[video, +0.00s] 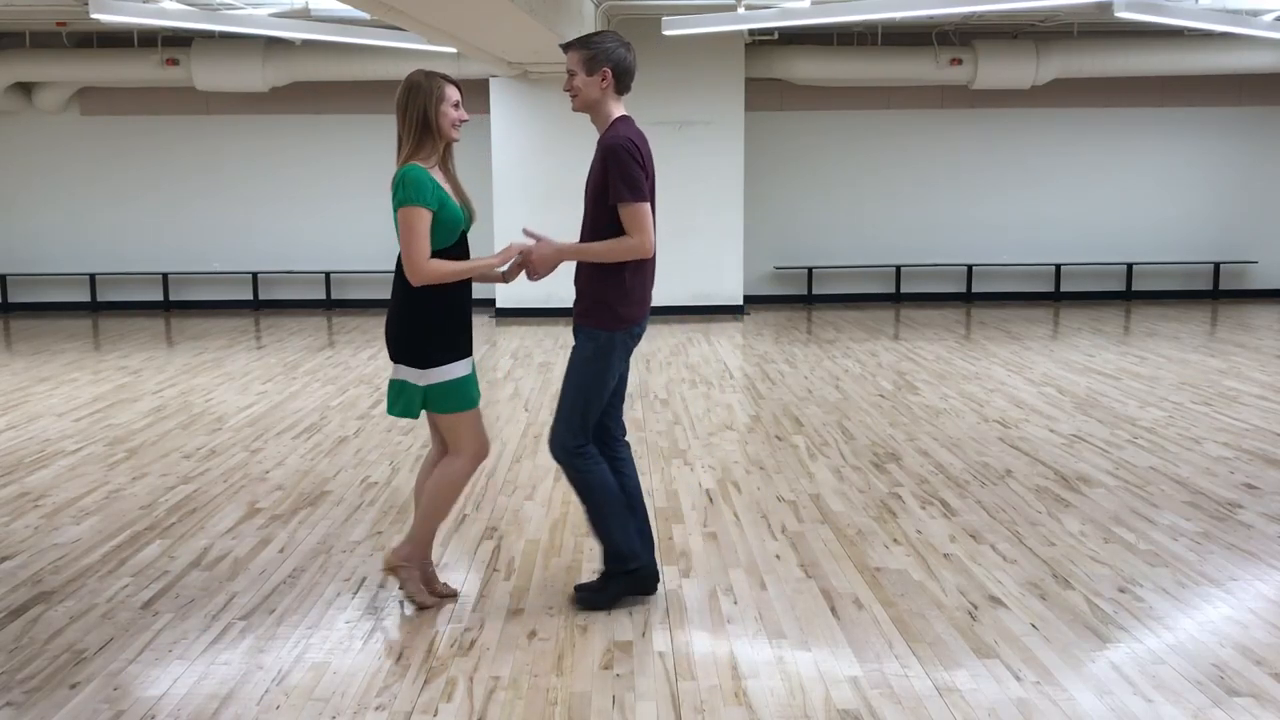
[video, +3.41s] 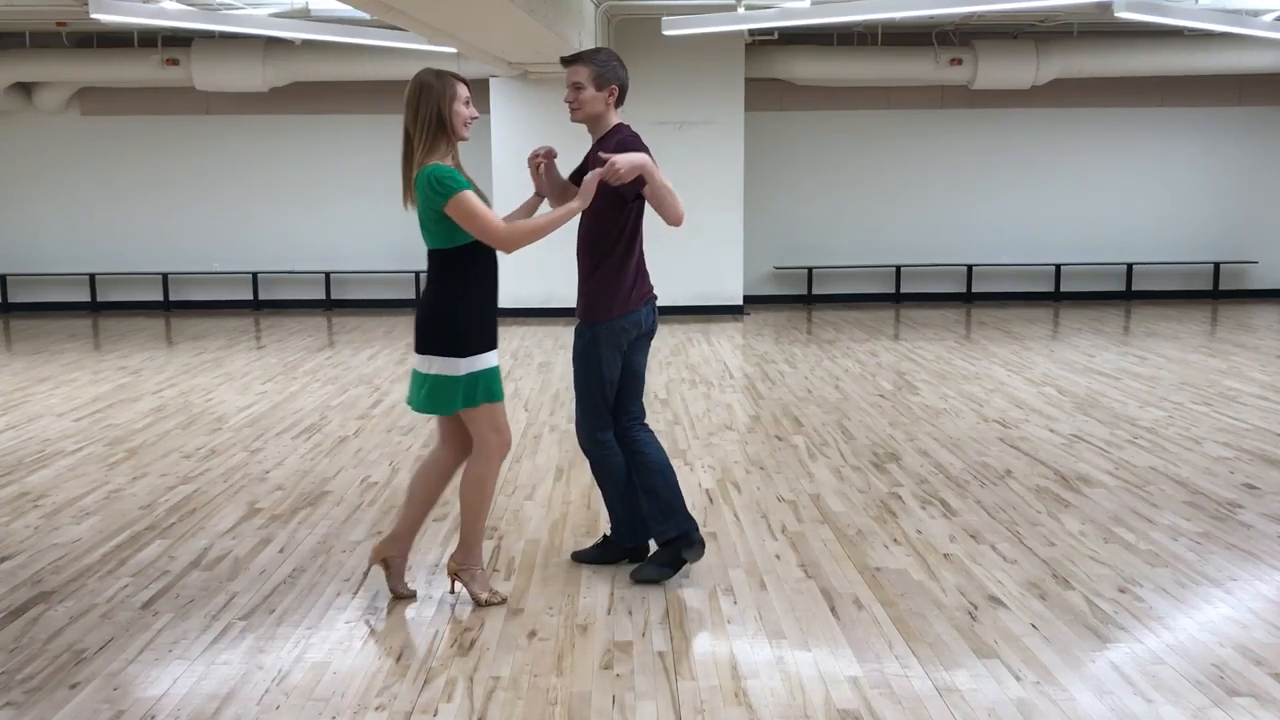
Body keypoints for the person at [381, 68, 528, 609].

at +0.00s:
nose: (463, 115)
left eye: (461, 106)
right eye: (454, 106)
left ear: (441, 113)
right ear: (426, 114)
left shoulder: (437, 175)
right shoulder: (416, 180)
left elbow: (442, 262)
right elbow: (418, 270)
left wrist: (494, 265)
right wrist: (488, 267)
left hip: (439, 331)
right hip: (430, 336)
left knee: (444, 447)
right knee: (471, 447)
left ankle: (419, 562)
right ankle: (410, 552)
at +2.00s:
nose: (477, 111)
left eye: (475, 102)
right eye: (466, 102)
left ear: (459, 111)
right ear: (440, 111)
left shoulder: (455, 173)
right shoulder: (433, 177)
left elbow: (479, 251)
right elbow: (466, 261)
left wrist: (535, 229)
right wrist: (529, 233)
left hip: (468, 327)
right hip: (449, 330)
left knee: (482, 443)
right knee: (478, 446)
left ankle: (420, 544)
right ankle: (460, 562)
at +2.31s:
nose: (450, 113)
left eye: (447, 104)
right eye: (439, 105)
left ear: (428, 113)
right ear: (412, 114)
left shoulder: (426, 176)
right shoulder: (403, 180)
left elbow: (435, 263)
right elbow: (405, 273)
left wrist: (486, 271)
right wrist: (478, 275)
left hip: (430, 332)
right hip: (421, 338)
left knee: (437, 446)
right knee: (465, 445)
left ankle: (411, 560)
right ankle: (405, 550)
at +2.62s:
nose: (432, 113)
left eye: (430, 104)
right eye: (422, 105)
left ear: (409, 114)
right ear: (396, 113)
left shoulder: (410, 177)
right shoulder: (388, 180)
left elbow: (410, 263)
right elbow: (369, 267)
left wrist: (460, 265)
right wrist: (443, 277)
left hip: (414, 334)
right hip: (386, 336)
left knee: (446, 442)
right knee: (382, 452)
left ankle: (410, 554)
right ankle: (337, 567)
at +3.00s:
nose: (436, 111)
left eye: (433, 102)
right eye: (426, 103)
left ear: (412, 111)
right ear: (400, 113)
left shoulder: (408, 175)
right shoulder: (395, 178)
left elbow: (429, 261)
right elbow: (417, 268)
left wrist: (487, 245)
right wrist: (489, 255)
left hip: (395, 335)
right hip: (404, 339)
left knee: (409, 446)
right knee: (443, 446)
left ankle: (372, 557)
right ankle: (376, 555)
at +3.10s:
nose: (442, 111)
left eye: (439, 102)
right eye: (431, 103)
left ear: (409, 113)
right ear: (405, 112)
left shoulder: (409, 174)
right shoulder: (403, 177)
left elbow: (437, 246)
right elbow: (440, 263)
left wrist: (493, 229)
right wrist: (510, 244)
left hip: (398, 330)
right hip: (412, 334)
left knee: (415, 444)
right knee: (460, 440)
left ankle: (374, 556)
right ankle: (420, 557)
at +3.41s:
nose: (473, 111)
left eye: (471, 102)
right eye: (464, 103)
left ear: (441, 113)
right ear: (440, 111)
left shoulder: (445, 173)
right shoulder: (439, 176)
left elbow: (498, 233)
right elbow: (504, 238)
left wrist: (537, 197)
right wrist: (574, 206)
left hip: (450, 329)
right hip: (461, 333)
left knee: (454, 444)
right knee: (493, 440)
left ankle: (394, 546)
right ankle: (468, 560)